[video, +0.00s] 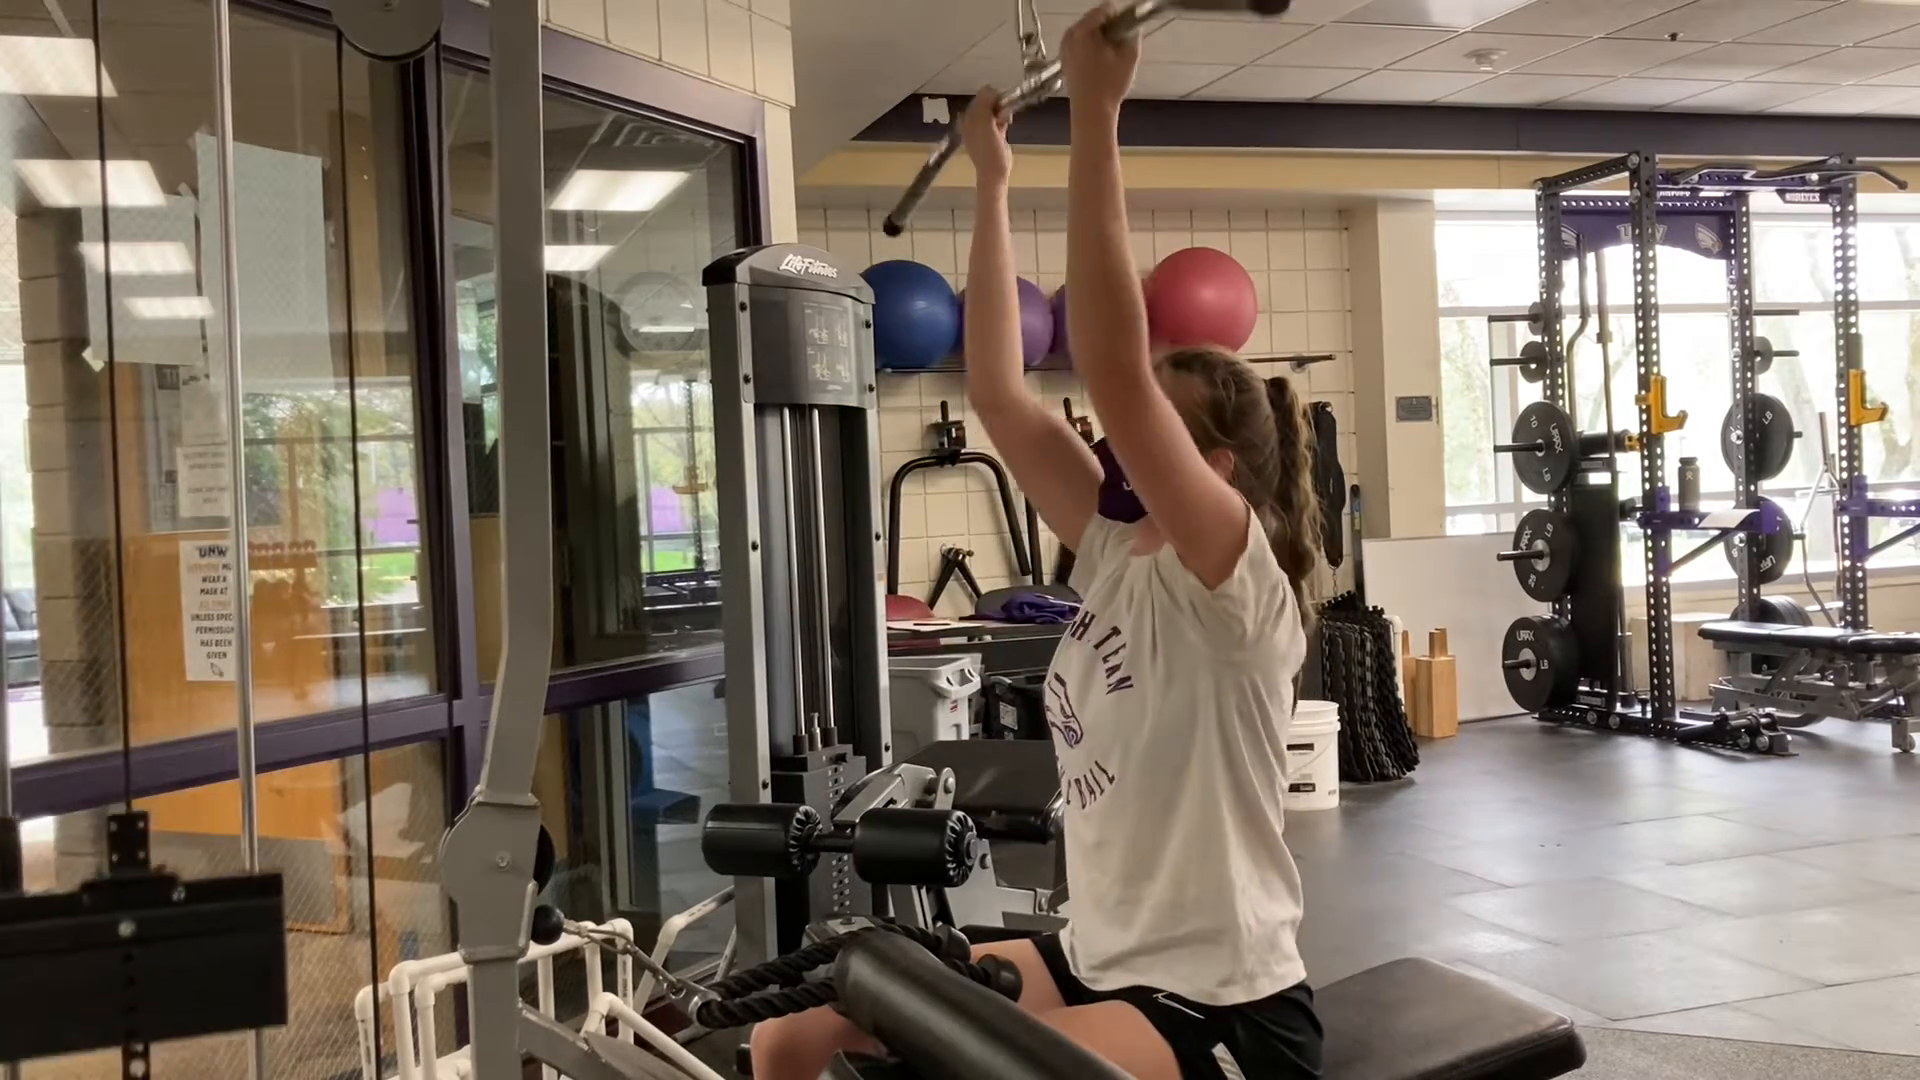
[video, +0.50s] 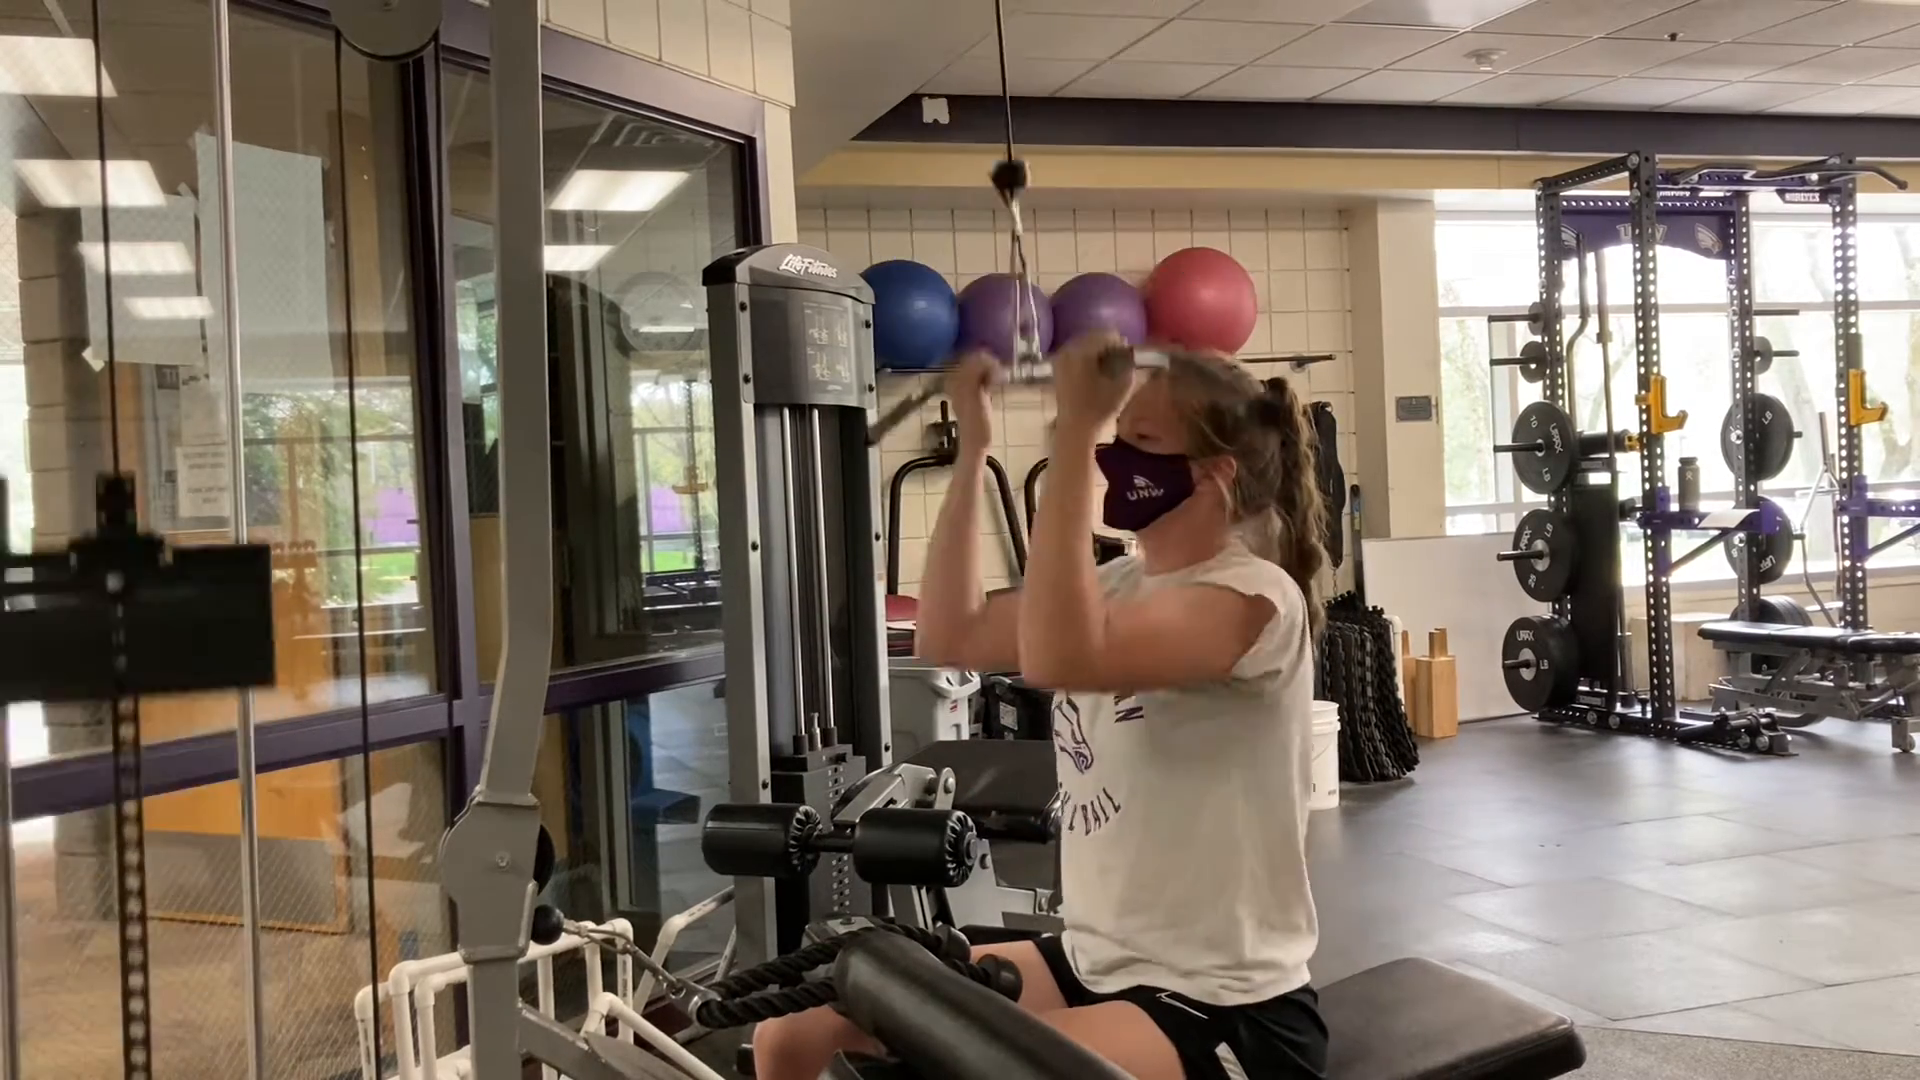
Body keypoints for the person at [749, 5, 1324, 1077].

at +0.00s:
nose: (1132, 451)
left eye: (1157, 425)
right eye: (1135, 430)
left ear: (1227, 458)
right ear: (1158, 451)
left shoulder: (1242, 576)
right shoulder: (1106, 543)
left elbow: (1117, 363)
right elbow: (1000, 392)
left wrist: (1094, 111)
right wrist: (991, 180)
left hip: (1222, 1008)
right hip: (1096, 967)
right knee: (792, 1040)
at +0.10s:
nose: (1111, 418)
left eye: (1135, 410)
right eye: (1120, 403)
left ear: (1211, 464)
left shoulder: (1241, 576)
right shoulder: (1109, 550)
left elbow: (1088, 410)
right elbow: (984, 428)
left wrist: (1086, 157)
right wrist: (987, 214)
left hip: (1222, 1007)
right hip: (1095, 963)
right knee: (790, 1039)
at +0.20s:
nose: (1118, 465)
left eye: (1142, 449)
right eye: (1118, 442)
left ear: (1215, 473)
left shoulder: (1245, 581)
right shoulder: (1109, 558)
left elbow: (1075, 444)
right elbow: (972, 453)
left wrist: (1081, 198)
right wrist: (985, 247)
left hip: (1222, 1003)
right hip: (1092, 959)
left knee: (971, 1070)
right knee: (791, 1036)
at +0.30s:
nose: (1112, 467)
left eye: (1140, 452)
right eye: (1112, 442)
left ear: (1216, 475)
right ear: (1097, 433)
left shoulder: (1246, 585)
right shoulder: (1108, 570)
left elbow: (1066, 503)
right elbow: (952, 500)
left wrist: (1075, 265)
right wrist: (981, 306)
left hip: (1226, 1004)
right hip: (1097, 960)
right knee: (790, 1037)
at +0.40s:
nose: (1107, 465)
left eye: (1138, 449)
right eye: (1111, 445)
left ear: (1219, 475)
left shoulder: (1250, 588)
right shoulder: (1114, 577)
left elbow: (1063, 566)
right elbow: (944, 561)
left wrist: (1074, 337)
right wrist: (974, 375)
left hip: (1225, 1006)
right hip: (1094, 960)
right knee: (795, 1033)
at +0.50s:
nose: (1110, 460)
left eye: (1142, 445)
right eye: (1112, 440)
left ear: (1217, 476)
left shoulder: (1254, 598)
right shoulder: (1105, 586)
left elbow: (1059, 655)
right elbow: (949, 637)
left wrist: (1075, 431)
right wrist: (970, 455)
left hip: (1225, 1004)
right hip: (1096, 962)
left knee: (949, 1061)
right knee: (791, 1037)